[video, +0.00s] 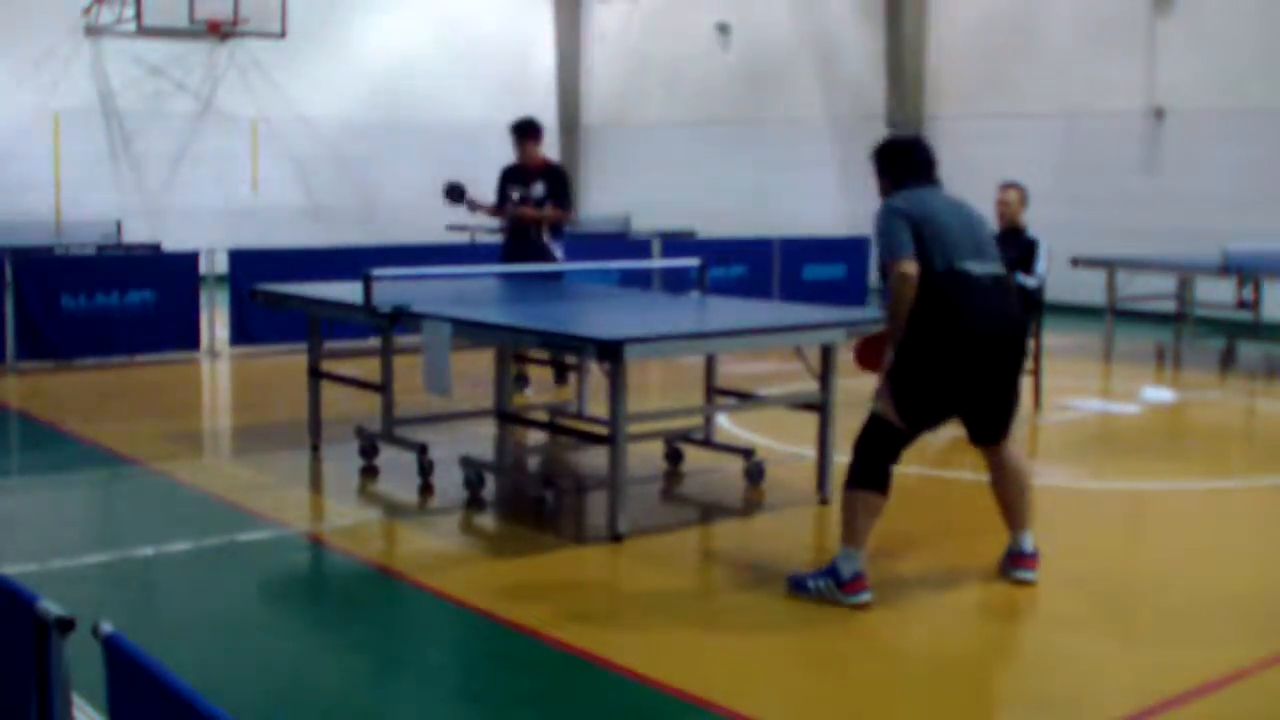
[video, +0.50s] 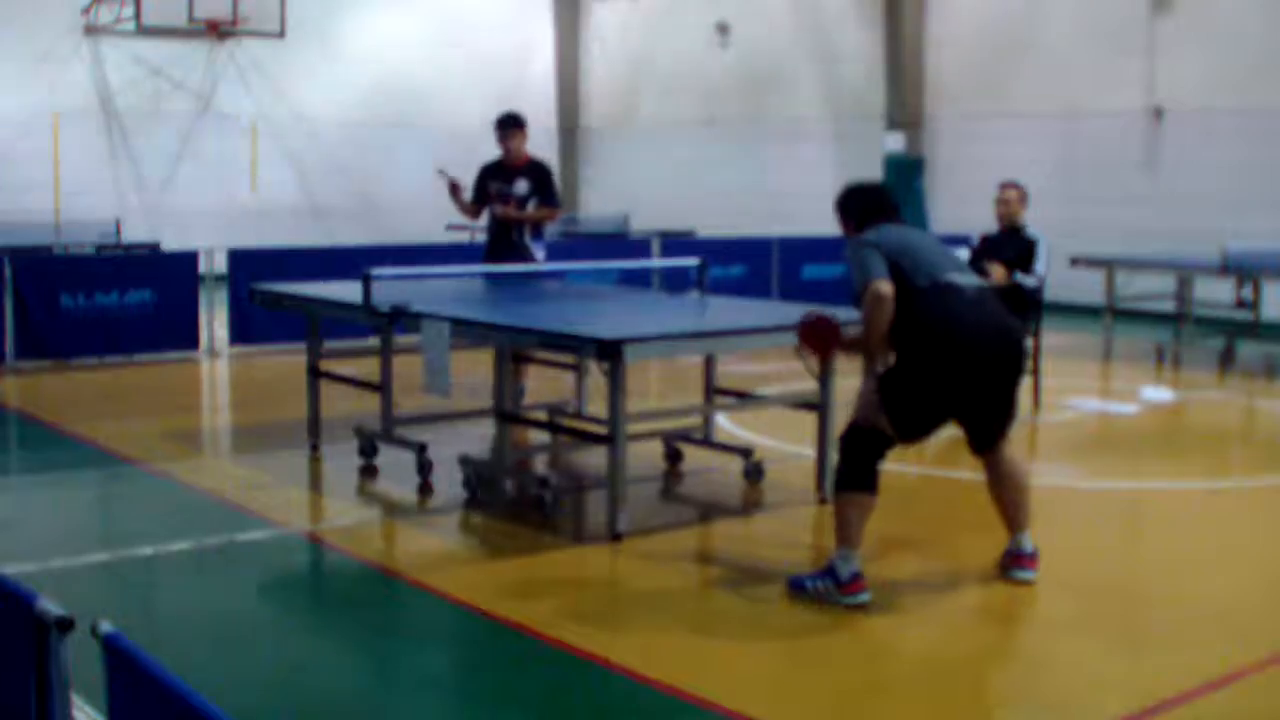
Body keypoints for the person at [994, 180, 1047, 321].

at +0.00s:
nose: (1001, 210)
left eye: (1007, 204)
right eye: (1000, 204)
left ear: (1021, 207)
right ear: (996, 205)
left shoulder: (1034, 244)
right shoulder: (991, 242)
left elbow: (1036, 283)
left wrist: (1013, 276)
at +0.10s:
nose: (1002, 209)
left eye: (1008, 204)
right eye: (1000, 204)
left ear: (1021, 207)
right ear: (996, 205)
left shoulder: (1034, 244)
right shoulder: (987, 242)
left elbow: (1037, 281)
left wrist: (1012, 277)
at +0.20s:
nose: (1001, 209)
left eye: (1007, 204)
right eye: (999, 203)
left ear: (1020, 206)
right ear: (996, 205)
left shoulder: (1034, 244)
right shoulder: (987, 242)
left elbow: (1037, 281)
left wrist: (1011, 277)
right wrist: (988, 274)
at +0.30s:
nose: (1003, 210)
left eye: (1009, 204)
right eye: (1001, 203)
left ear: (1022, 206)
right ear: (996, 205)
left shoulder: (1034, 242)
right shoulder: (988, 241)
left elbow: (1037, 280)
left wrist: (1010, 277)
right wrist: (991, 273)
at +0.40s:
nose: (1003, 209)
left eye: (1008, 203)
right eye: (1000, 203)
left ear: (1022, 206)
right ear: (996, 205)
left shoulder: (1034, 242)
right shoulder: (988, 240)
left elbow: (1037, 280)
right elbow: (974, 263)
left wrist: (1010, 276)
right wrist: (991, 273)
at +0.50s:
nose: (1003, 209)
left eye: (1008, 203)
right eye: (1000, 203)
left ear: (1022, 206)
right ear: (996, 205)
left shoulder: (1034, 243)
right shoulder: (987, 241)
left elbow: (1036, 281)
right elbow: (973, 266)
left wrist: (1010, 276)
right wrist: (990, 273)